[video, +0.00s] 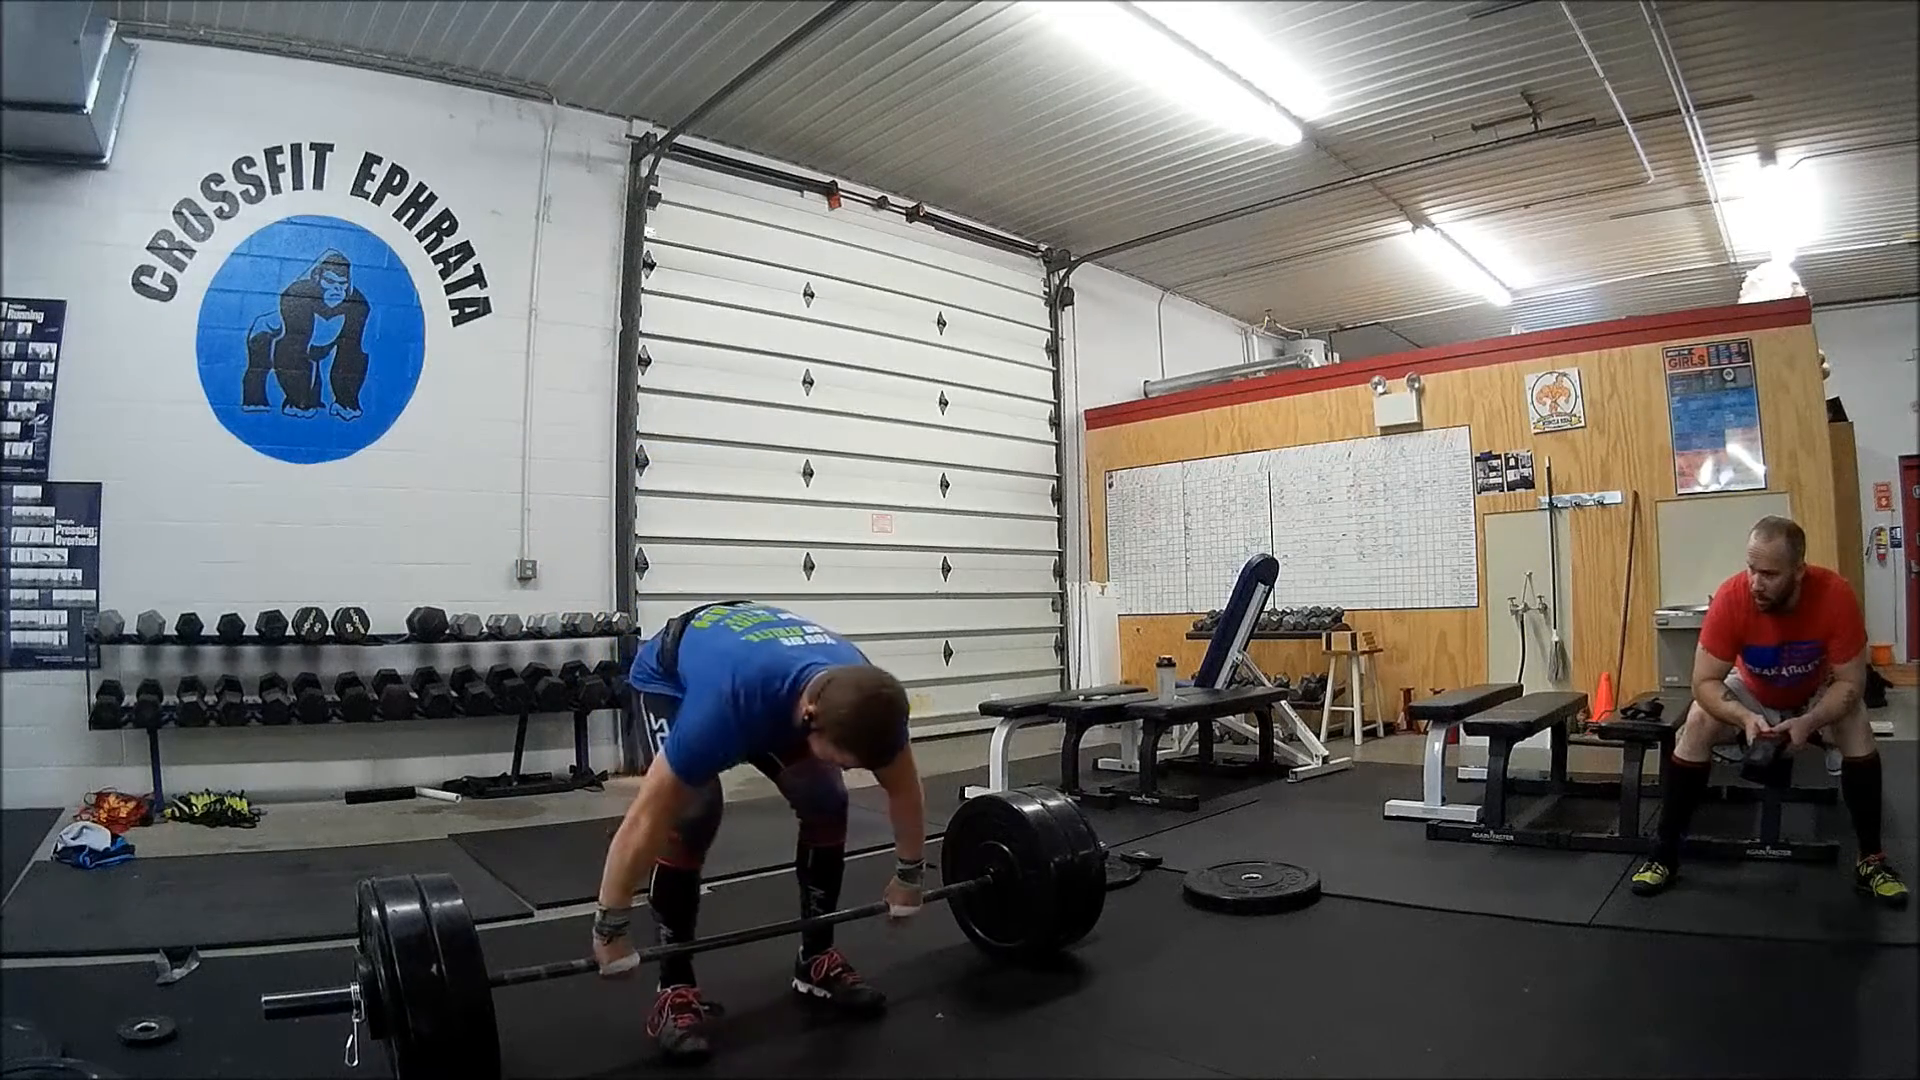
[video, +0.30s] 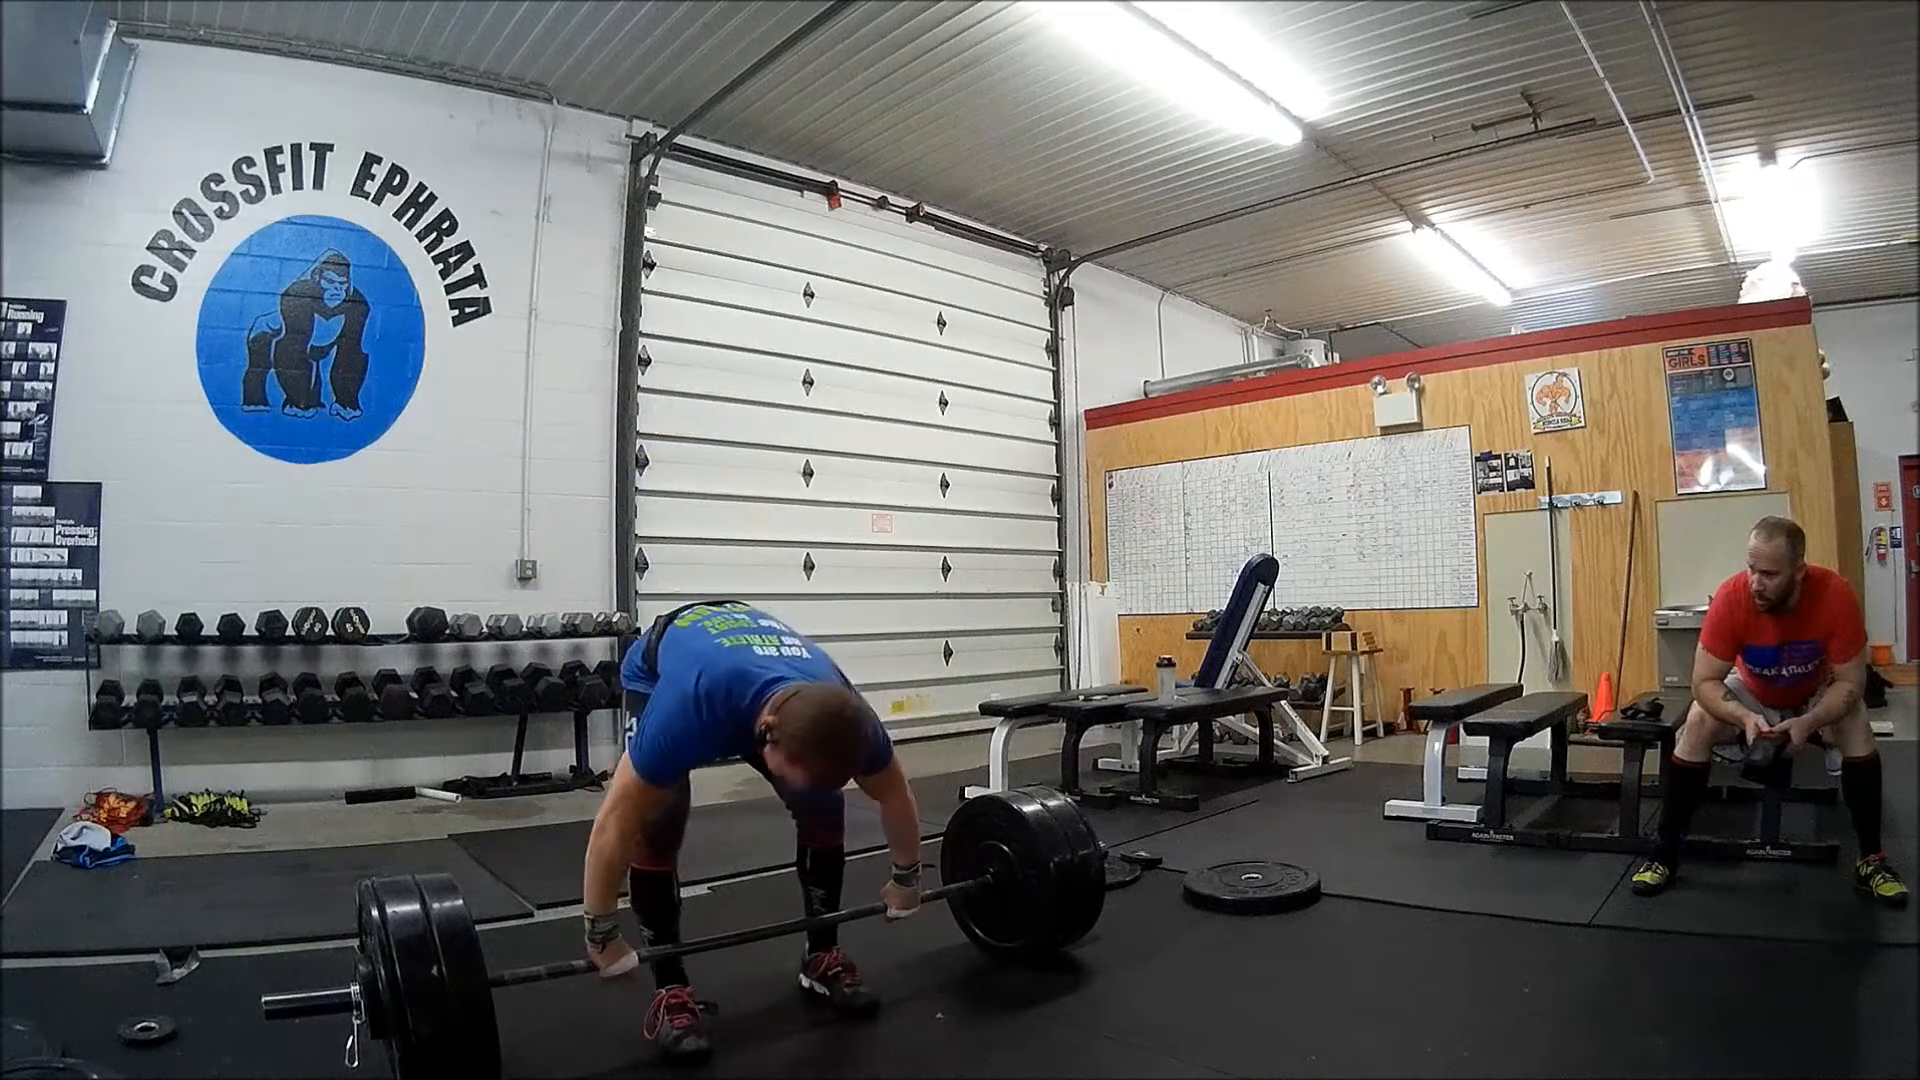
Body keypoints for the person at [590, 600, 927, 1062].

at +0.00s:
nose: (840, 769)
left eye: (853, 765)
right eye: (837, 760)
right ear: (811, 715)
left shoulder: (868, 697)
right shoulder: (723, 708)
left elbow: (904, 787)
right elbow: (645, 818)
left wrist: (910, 874)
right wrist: (610, 928)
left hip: (762, 660)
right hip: (669, 677)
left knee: (826, 801)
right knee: (694, 813)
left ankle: (817, 960)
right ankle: (676, 991)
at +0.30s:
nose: (802, 794)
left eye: (822, 789)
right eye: (797, 780)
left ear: (849, 756)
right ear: (770, 732)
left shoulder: (859, 730)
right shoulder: (684, 714)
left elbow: (894, 796)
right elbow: (614, 821)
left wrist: (907, 878)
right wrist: (601, 934)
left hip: (761, 640)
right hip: (658, 663)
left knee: (823, 806)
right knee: (658, 827)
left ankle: (822, 956)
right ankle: (671, 992)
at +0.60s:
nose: (834, 786)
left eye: (848, 779)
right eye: (830, 773)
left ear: (879, 729)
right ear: (799, 731)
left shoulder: (863, 704)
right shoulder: (711, 710)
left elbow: (901, 790)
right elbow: (633, 821)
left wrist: (911, 875)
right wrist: (606, 932)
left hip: (768, 648)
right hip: (671, 667)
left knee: (824, 807)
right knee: (681, 819)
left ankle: (814, 960)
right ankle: (673, 991)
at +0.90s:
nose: (825, 794)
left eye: (841, 788)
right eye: (818, 781)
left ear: (874, 744)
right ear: (791, 734)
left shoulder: (869, 727)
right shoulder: (701, 712)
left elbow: (900, 797)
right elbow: (627, 822)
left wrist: (909, 879)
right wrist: (603, 933)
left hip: (773, 651)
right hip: (673, 669)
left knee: (833, 809)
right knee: (670, 825)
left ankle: (818, 958)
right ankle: (677, 991)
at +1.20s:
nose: (830, 796)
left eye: (844, 795)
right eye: (825, 785)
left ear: (884, 753)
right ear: (803, 735)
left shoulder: (865, 708)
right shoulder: (713, 715)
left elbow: (899, 788)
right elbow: (634, 821)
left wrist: (907, 874)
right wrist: (605, 932)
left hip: (769, 650)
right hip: (670, 670)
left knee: (830, 807)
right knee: (683, 821)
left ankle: (816, 959)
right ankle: (676, 992)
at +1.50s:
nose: (822, 789)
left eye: (838, 782)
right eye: (815, 776)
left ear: (866, 743)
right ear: (785, 726)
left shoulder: (865, 722)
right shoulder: (698, 707)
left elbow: (898, 794)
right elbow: (628, 818)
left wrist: (907, 877)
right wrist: (603, 932)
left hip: (772, 647)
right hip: (671, 667)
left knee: (827, 807)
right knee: (679, 816)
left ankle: (816, 959)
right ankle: (672, 989)